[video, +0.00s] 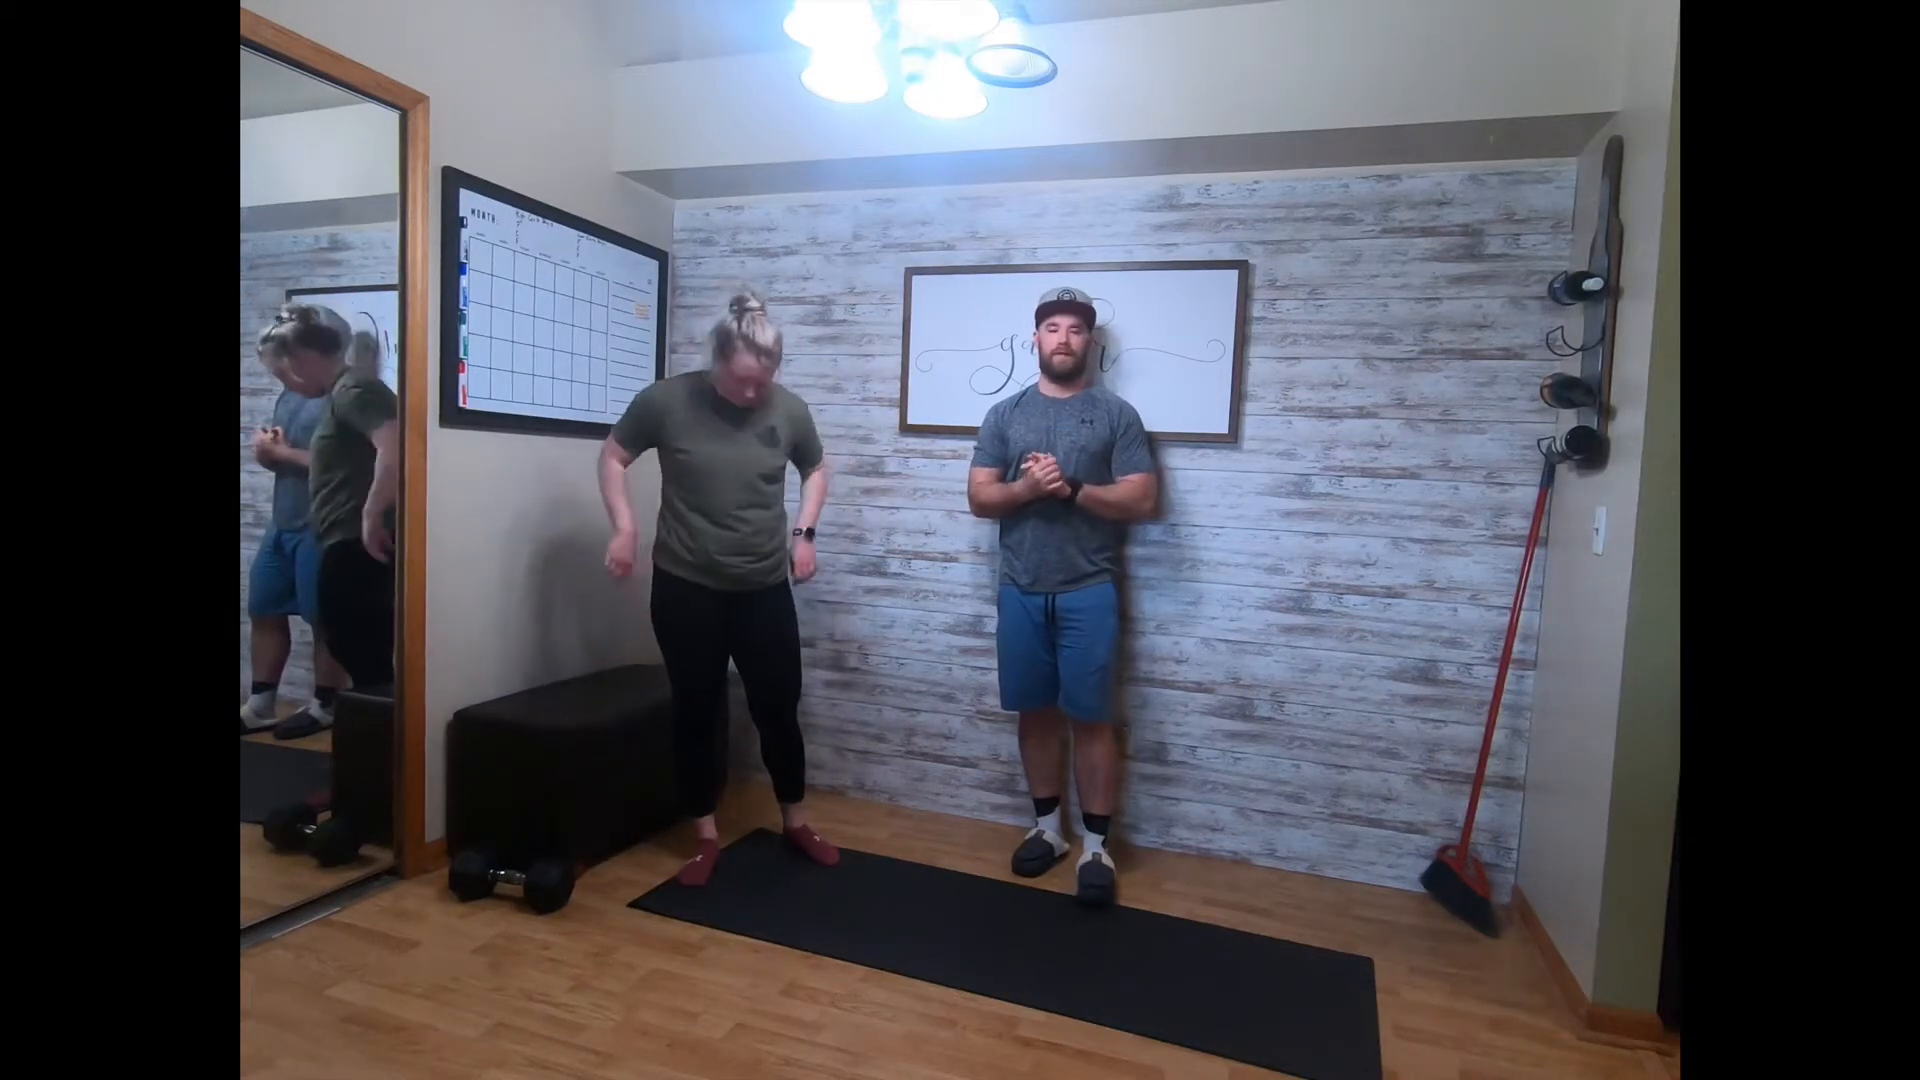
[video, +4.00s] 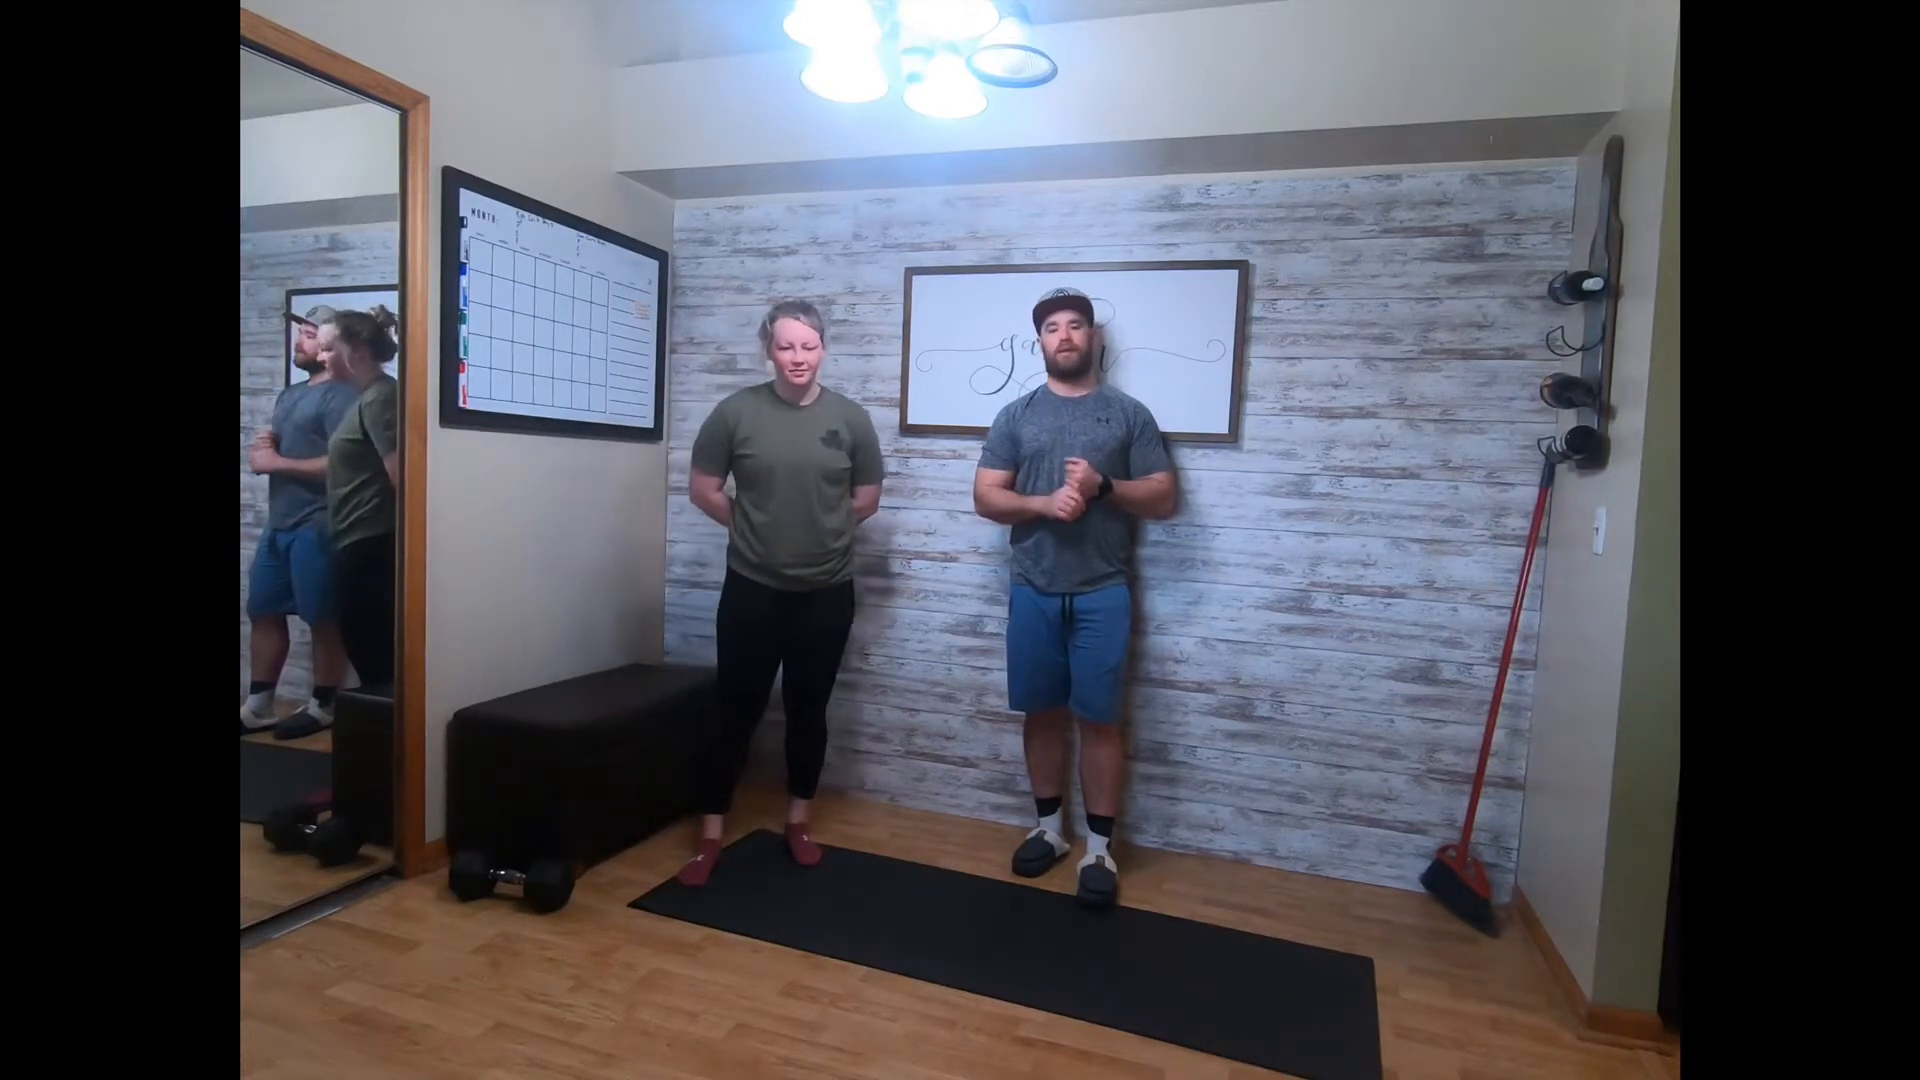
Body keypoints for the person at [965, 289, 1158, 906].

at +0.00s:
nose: (1063, 338)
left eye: (1075, 330)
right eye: (1052, 328)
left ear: (1091, 343)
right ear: (1036, 340)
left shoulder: (1115, 414)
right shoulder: (1004, 415)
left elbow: (1143, 500)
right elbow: (980, 498)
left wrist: (1071, 489)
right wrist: (1025, 488)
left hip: (1089, 584)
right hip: (1020, 585)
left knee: (1090, 714)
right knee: (1034, 710)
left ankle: (1096, 848)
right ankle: (1048, 830)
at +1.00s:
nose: (1062, 339)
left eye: (1072, 329)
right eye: (1050, 332)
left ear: (1091, 340)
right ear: (1037, 345)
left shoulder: (1123, 414)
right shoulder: (1012, 413)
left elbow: (1161, 498)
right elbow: (986, 494)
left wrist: (1107, 490)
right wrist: (1049, 497)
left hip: (1097, 584)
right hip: (1028, 584)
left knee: (1095, 714)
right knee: (1038, 709)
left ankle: (1097, 849)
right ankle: (1048, 831)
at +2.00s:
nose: (1060, 339)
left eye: (1070, 329)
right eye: (1048, 332)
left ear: (1089, 339)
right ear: (1035, 346)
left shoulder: (1124, 413)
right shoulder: (1013, 415)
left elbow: (1158, 500)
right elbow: (988, 498)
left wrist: (1100, 479)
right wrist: (1048, 487)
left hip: (1101, 584)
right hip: (1031, 584)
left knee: (1097, 714)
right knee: (1040, 709)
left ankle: (1098, 850)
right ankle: (1049, 830)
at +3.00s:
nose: (1063, 337)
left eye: (1073, 328)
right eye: (1051, 331)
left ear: (1092, 338)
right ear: (1037, 345)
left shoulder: (1126, 415)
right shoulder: (1016, 416)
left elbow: (1164, 499)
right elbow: (991, 498)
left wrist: (1107, 484)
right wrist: (1049, 492)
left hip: (1102, 584)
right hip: (1032, 584)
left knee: (1097, 714)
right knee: (1040, 709)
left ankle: (1098, 850)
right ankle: (1048, 831)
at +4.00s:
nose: (1064, 335)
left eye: (1075, 326)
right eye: (1052, 329)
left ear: (1094, 338)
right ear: (1039, 343)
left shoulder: (1127, 414)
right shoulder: (1015, 417)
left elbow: (1163, 499)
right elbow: (987, 497)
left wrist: (1104, 488)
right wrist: (1042, 503)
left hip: (1102, 585)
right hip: (1033, 585)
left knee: (1098, 716)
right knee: (1041, 711)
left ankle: (1098, 850)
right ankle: (1049, 831)